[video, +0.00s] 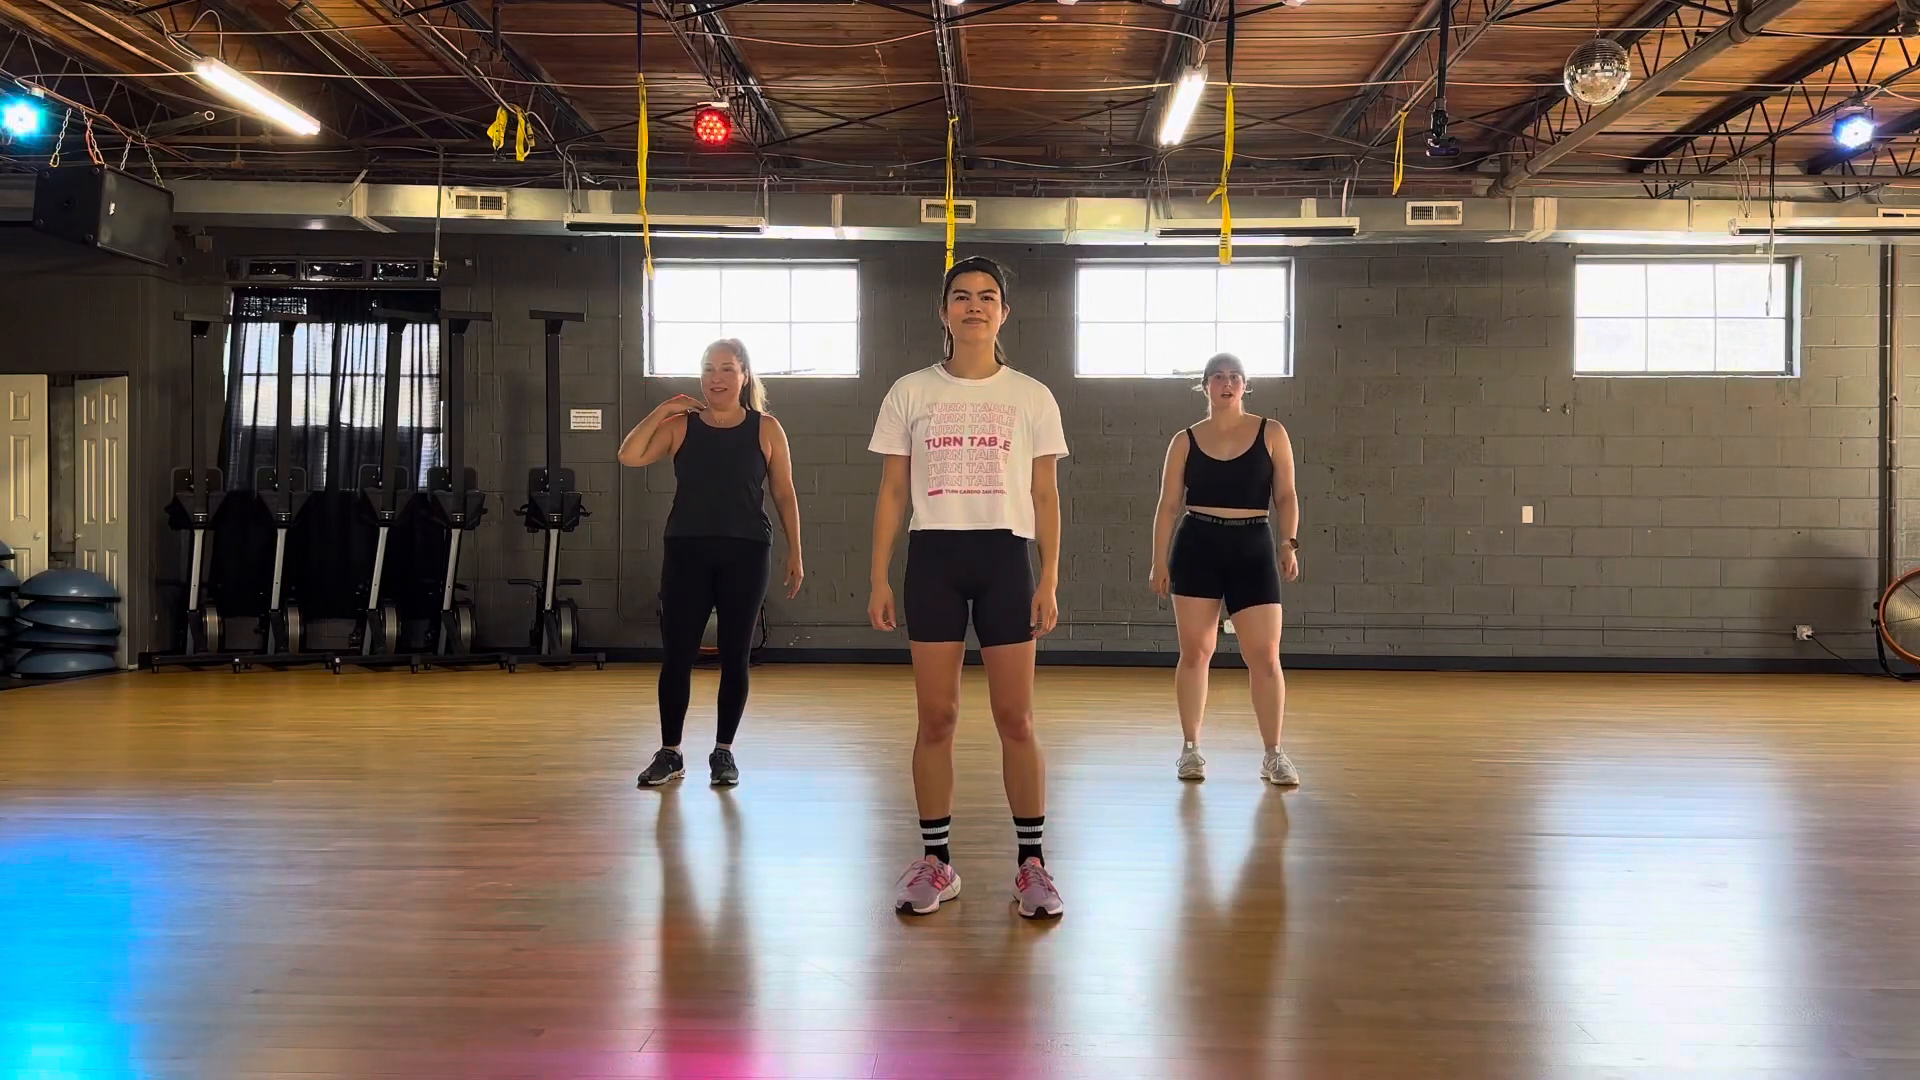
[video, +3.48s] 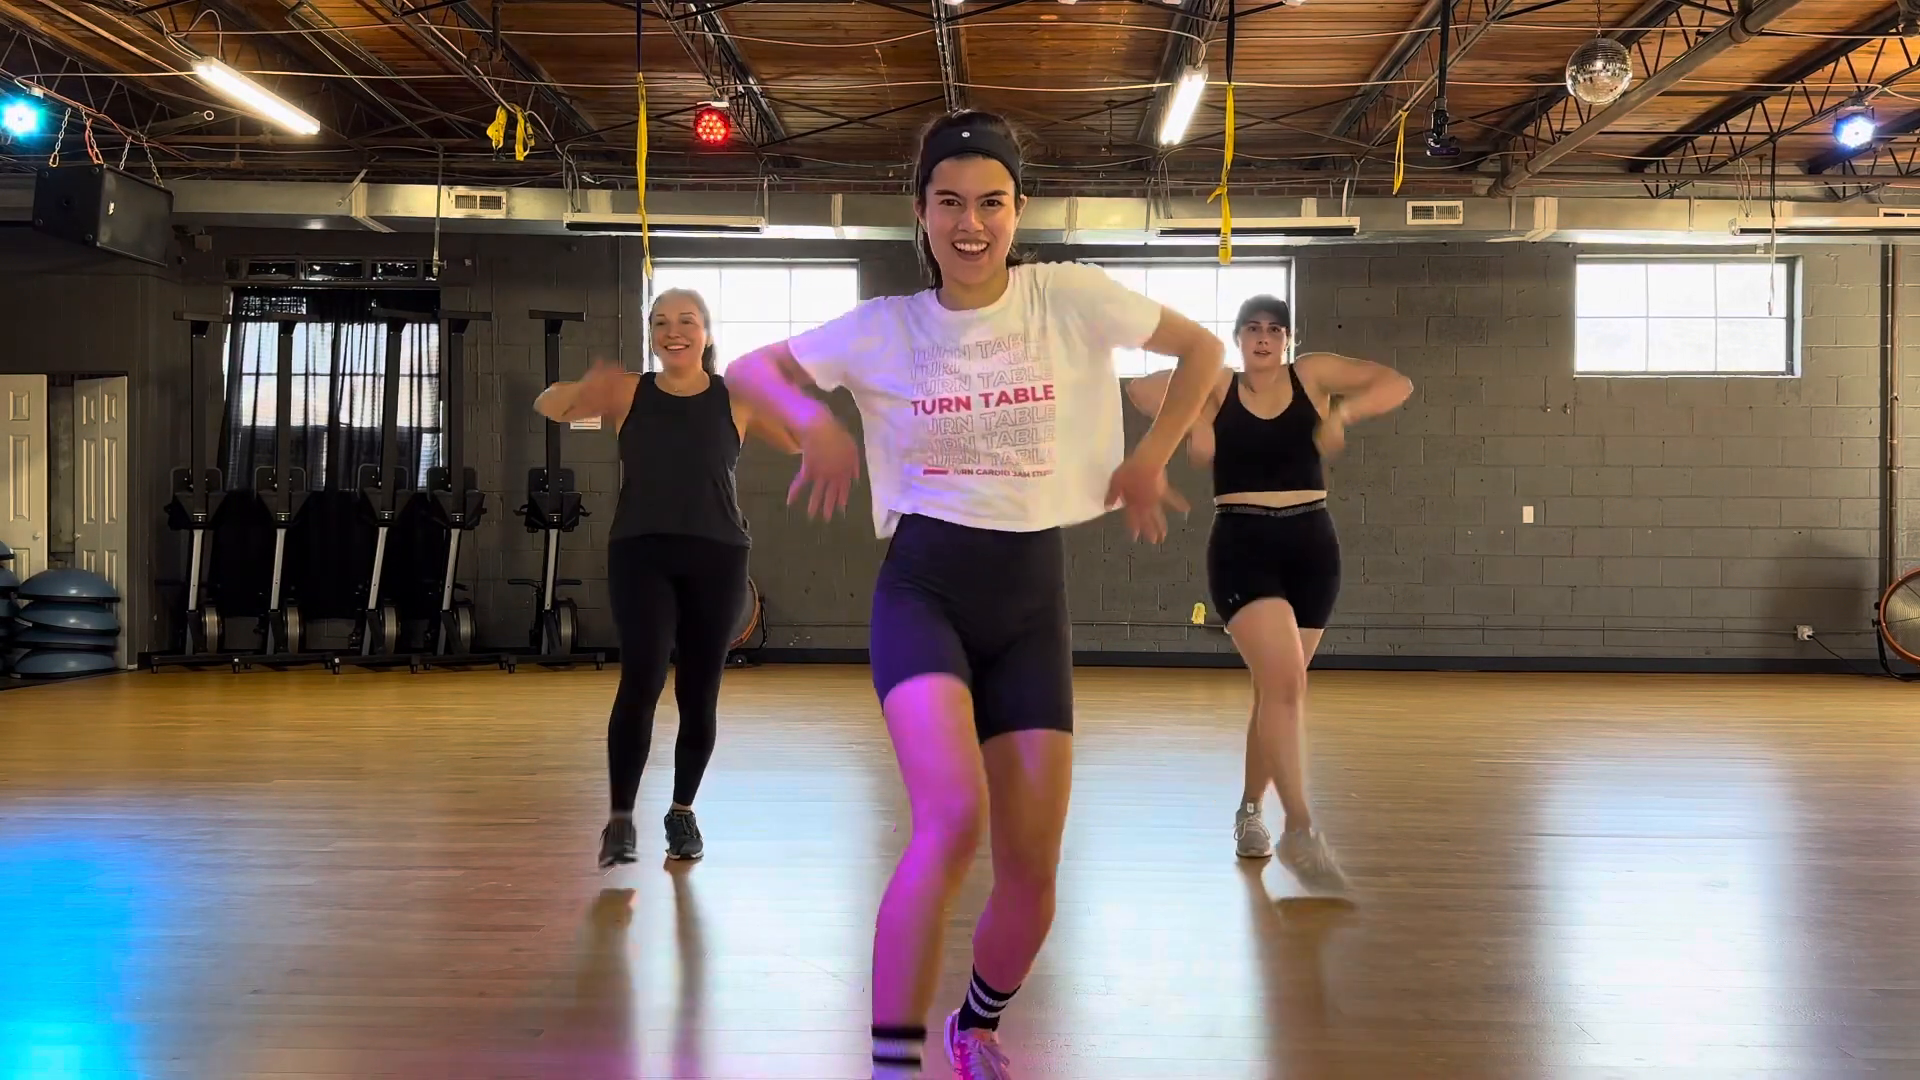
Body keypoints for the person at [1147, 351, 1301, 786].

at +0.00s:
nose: (1225, 382)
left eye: (1233, 376)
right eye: (1217, 376)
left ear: (1244, 386)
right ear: (1205, 386)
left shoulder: (1271, 433)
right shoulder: (1185, 440)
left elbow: (1285, 496)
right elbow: (1168, 505)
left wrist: (1288, 543)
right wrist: (1159, 561)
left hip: (1253, 552)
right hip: (1195, 549)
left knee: (1265, 658)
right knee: (1195, 651)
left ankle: (1273, 754)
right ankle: (1191, 748)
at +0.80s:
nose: (1285, 381)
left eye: (1294, 377)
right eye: (1279, 373)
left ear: (1302, 388)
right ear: (1263, 379)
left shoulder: (1317, 432)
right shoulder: (1230, 432)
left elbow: (1334, 497)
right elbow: (1208, 498)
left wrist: (1326, 478)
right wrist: (1196, 558)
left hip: (1297, 550)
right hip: (1240, 547)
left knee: (1296, 656)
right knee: (1210, 651)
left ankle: (1296, 755)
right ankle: (1194, 746)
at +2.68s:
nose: (1268, 373)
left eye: (1277, 367)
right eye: (1260, 365)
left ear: (1288, 379)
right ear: (1242, 375)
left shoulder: (1309, 434)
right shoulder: (1210, 432)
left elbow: (1322, 504)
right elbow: (1189, 505)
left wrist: (1331, 568)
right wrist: (1218, 556)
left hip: (1293, 567)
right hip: (1227, 566)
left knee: (1270, 688)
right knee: (1243, 689)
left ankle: (1254, 800)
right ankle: (1266, 780)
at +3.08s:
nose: (1276, 344)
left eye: (1286, 337)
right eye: (1265, 336)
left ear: (1298, 354)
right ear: (1246, 351)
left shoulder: (1319, 427)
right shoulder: (1212, 413)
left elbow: (1336, 508)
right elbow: (1177, 490)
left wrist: (1389, 545)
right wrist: (1130, 538)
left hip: (1297, 562)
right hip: (1226, 557)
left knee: (1273, 694)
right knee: (1230, 694)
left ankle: (1251, 812)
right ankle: (1209, 768)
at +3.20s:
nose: (1275, 342)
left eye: (1285, 336)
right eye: (1265, 334)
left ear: (1298, 353)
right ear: (1247, 349)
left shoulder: (1317, 420)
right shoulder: (1210, 408)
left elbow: (1364, 476)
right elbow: (1154, 465)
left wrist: (1406, 417)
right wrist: (1094, 416)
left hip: (1298, 548)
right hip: (1227, 546)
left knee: (1278, 691)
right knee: (1267, 653)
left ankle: (1251, 811)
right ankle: (1224, 746)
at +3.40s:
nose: (1265, 335)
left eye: (1275, 328)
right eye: (1255, 327)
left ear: (1288, 341)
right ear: (1237, 339)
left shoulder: (1314, 392)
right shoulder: (1211, 392)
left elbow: (1402, 391)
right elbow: (1130, 381)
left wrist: (1343, 368)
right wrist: (1173, 385)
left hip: (1304, 543)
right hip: (1232, 544)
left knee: (1277, 681)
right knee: (1286, 639)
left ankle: (1253, 809)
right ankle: (1295, 787)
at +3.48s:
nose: (1263, 338)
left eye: (1273, 330)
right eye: (1252, 330)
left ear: (1287, 339)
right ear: (1236, 339)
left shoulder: (1312, 373)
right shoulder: (1214, 390)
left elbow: (1398, 384)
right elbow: (1133, 387)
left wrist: (1346, 412)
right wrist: (1188, 425)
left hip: (1311, 539)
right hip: (1242, 541)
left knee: (1281, 689)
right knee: (1283, 683)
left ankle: (1251, 808)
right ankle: (1299, 828)